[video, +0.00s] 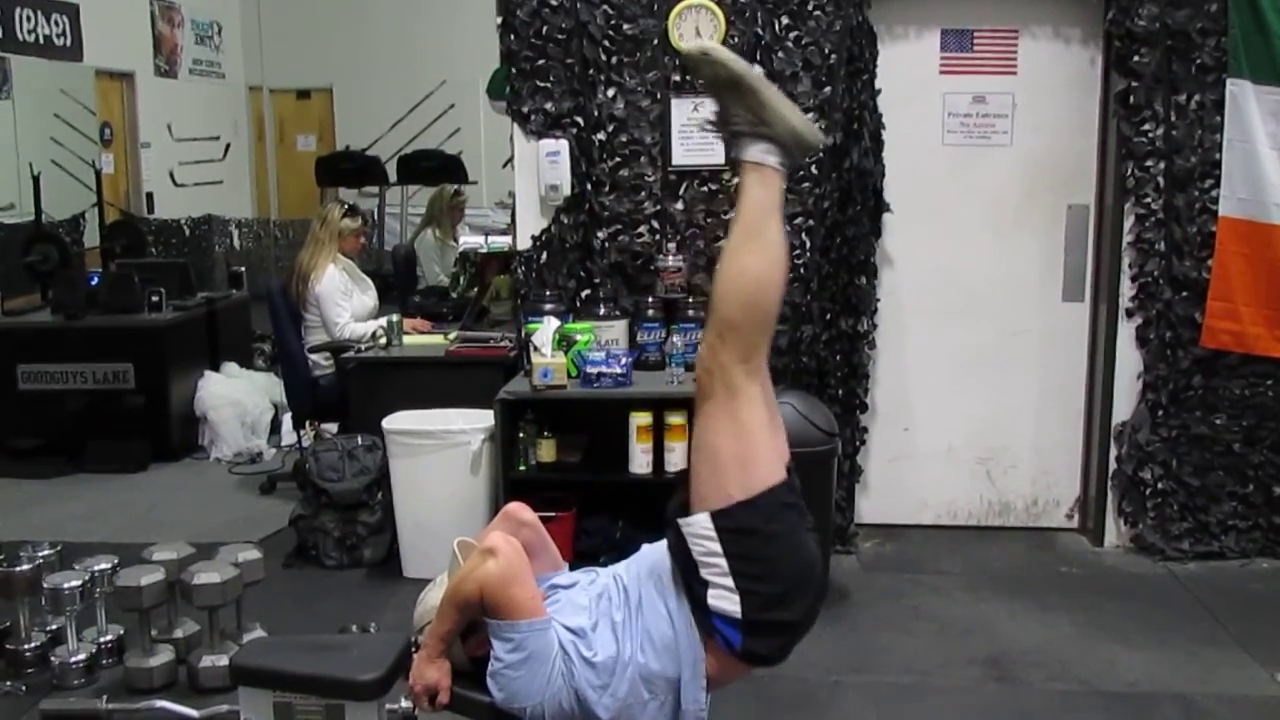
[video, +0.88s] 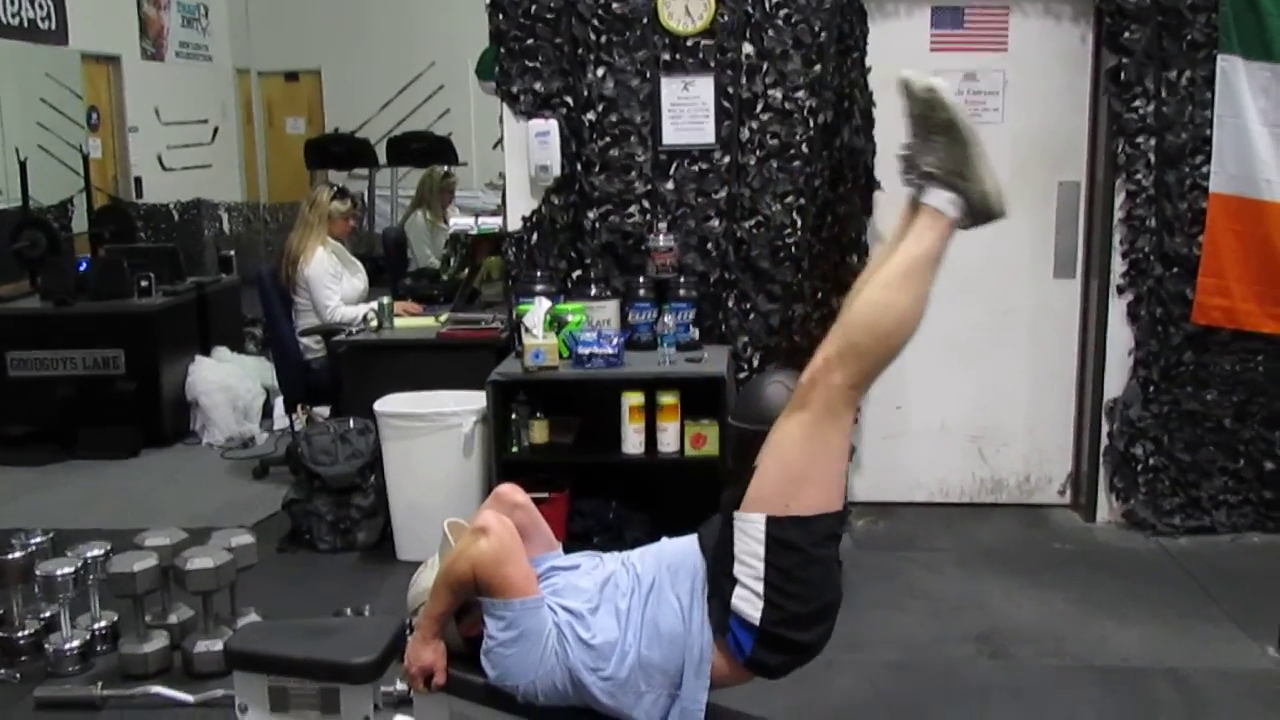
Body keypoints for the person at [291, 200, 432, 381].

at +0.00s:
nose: (363, 242)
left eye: (363, 236)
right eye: (357, 236)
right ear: (337, 237)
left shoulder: (340, 267)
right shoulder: (328, 274)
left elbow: (350, 324)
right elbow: (340, 331)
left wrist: (396, 323)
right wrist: (395, 324)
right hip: (333, 372)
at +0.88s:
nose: (352, 225)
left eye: (353, 219)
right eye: (347, 219)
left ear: (331, 219)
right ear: (328, 218)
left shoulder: (328, 250)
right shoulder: (317, 256)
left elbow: (340, 307)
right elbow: (332, 315)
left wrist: (386, 307)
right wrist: (385, 308)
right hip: (324, 357)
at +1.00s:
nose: (350, 204)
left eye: (350, 197)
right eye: (344, 198)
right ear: (324, 198)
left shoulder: (329, 228)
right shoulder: (315, 235)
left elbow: (341, 286)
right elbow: (330, 295)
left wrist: (386, 285)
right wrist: (385, 288)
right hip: (321, 335)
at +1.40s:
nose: (347, 181)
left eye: (347, 174)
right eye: (341, 175)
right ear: (322, 175)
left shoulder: (325, 207)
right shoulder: (312, 212)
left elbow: (336, 264)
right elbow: (327, 271)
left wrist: (382, 263)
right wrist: (382, 265)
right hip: (319, 312)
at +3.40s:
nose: (345, 160)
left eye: (346, 153)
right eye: (339, 154)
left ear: (324, 155)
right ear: (320, 154)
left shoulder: (324, 187)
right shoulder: (311, 192)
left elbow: (335, 244)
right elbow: (325, 251)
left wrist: (381, 243)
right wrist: (380, 246)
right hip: (319, 291)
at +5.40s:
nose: (346, 159)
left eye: (346, 153)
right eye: (340, 154)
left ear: (324, 155)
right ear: (320, 154)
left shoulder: (324, 186)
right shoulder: (312, 192)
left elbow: (335, 244)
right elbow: (326, 251)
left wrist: (378, 242)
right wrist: (378, 245)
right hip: (319, 292)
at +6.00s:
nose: (346, 160)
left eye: (346, 154)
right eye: (340, 154)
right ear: (320, 155)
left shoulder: (323, 185)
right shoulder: (312, 192)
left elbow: (335, 244)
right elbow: (327, 252)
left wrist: (377, 243)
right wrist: (378, 245)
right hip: (318, 291)